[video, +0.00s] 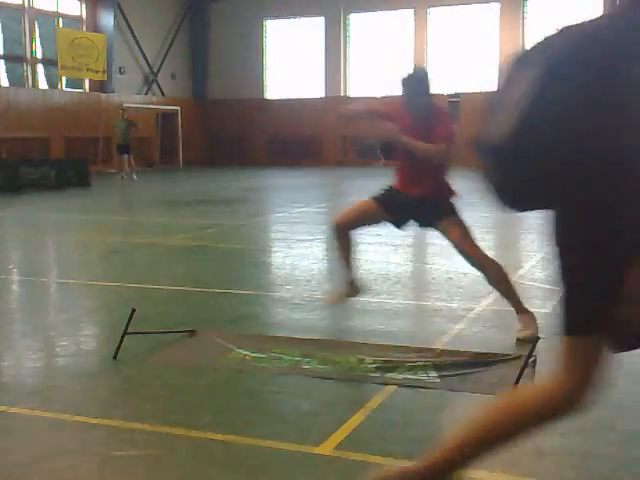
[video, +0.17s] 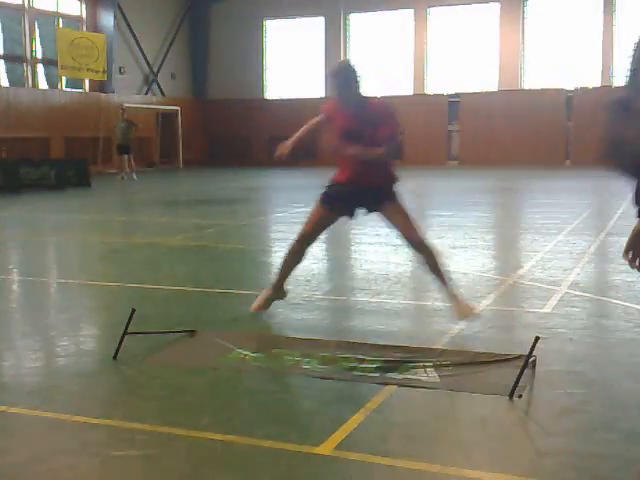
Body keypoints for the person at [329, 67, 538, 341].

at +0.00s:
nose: (416, 103)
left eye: (420, 97)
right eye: (411, 98)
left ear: (429, 95)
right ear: (404, 97)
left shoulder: (439, 116)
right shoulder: (397, 114)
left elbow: (441, 155)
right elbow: (360, 115)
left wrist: (398, 138)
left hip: (435, 200)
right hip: (401, 196)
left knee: (474, 256)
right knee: (341, 225)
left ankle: (523, 314)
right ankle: (350, 284)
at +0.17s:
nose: (339, 92)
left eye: (343, 86)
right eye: (335, 87)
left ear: (355, 84)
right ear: (333, 87)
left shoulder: (379, 110)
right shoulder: (334, 108)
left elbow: (393, 150)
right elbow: (316, 123)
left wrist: (355, 151)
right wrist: (291, 142)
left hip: (378, 187)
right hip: (343, 186)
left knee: (417, 242)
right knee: (304, 238)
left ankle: (451, 294)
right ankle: (277, 287)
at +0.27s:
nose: (308, 115)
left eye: (311, 109)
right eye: (303, 110)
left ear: (320, 105)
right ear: (299, 109)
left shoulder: (345, 129)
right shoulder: (299, 130)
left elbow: (365, 167)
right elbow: (292, 151)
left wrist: (328, 178)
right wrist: (274, 182)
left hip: (348, 197)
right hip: (315, 197)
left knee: (381, 240)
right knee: (279, 247)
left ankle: (389, 288)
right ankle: (271, 298)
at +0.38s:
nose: (276, 131)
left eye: (280, 125)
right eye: (273, 126)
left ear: (291, 122)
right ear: (272, 126)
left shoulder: (321, 142)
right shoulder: (279, 147)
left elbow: (339, 185)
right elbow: (279, 176)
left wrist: (303, 204)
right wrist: (269, 205)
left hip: (336, 201)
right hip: (303, 202)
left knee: (355, 250)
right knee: (266, 250)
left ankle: (335, 278)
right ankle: (270, 298)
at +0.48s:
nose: (256, 134)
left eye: (258, 128)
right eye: (254, 129)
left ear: (272, 126)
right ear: (256, 130)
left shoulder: (305, 146)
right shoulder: (266, 154)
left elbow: (330, 188)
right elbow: (274, 183)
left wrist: (293, 208)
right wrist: (264, 217)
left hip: (332, 206)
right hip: (298, 207)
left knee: (345, 256)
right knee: (261, 250)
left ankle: (325, 276)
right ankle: (270, 297)